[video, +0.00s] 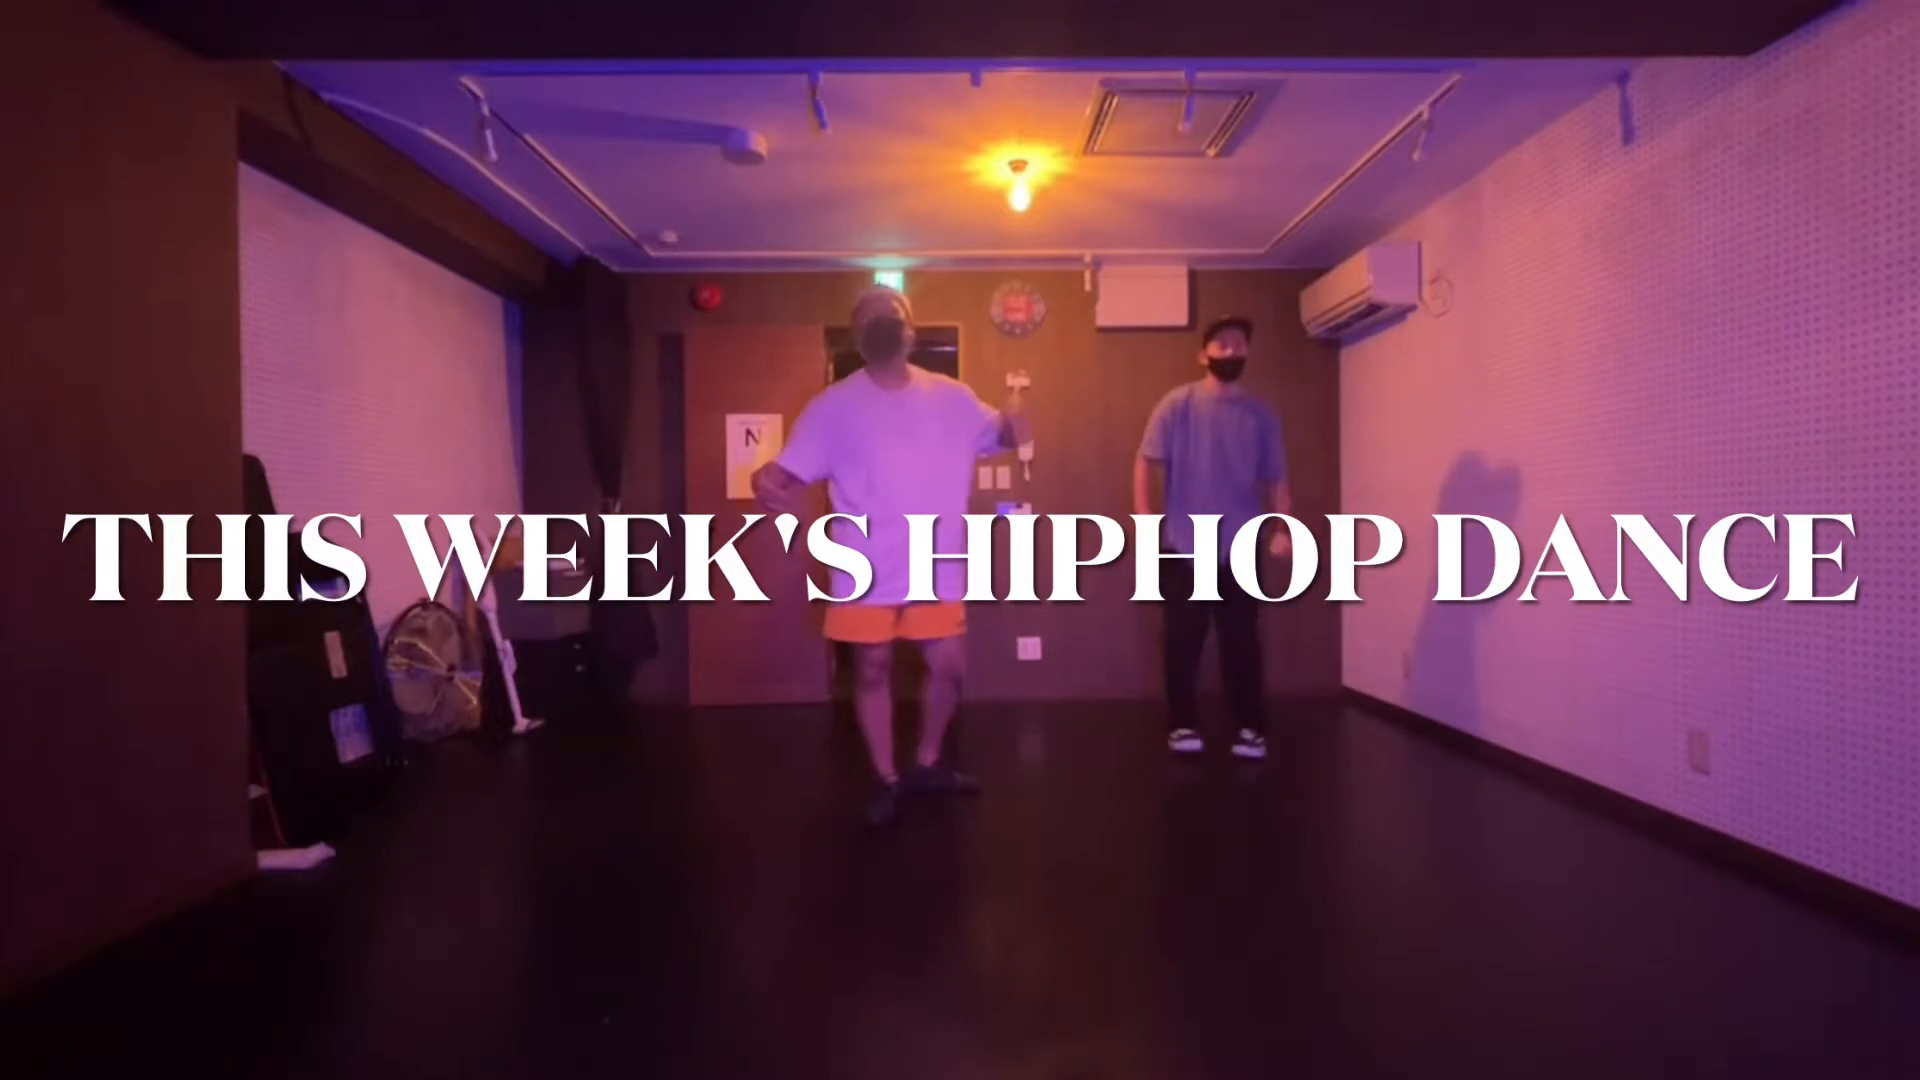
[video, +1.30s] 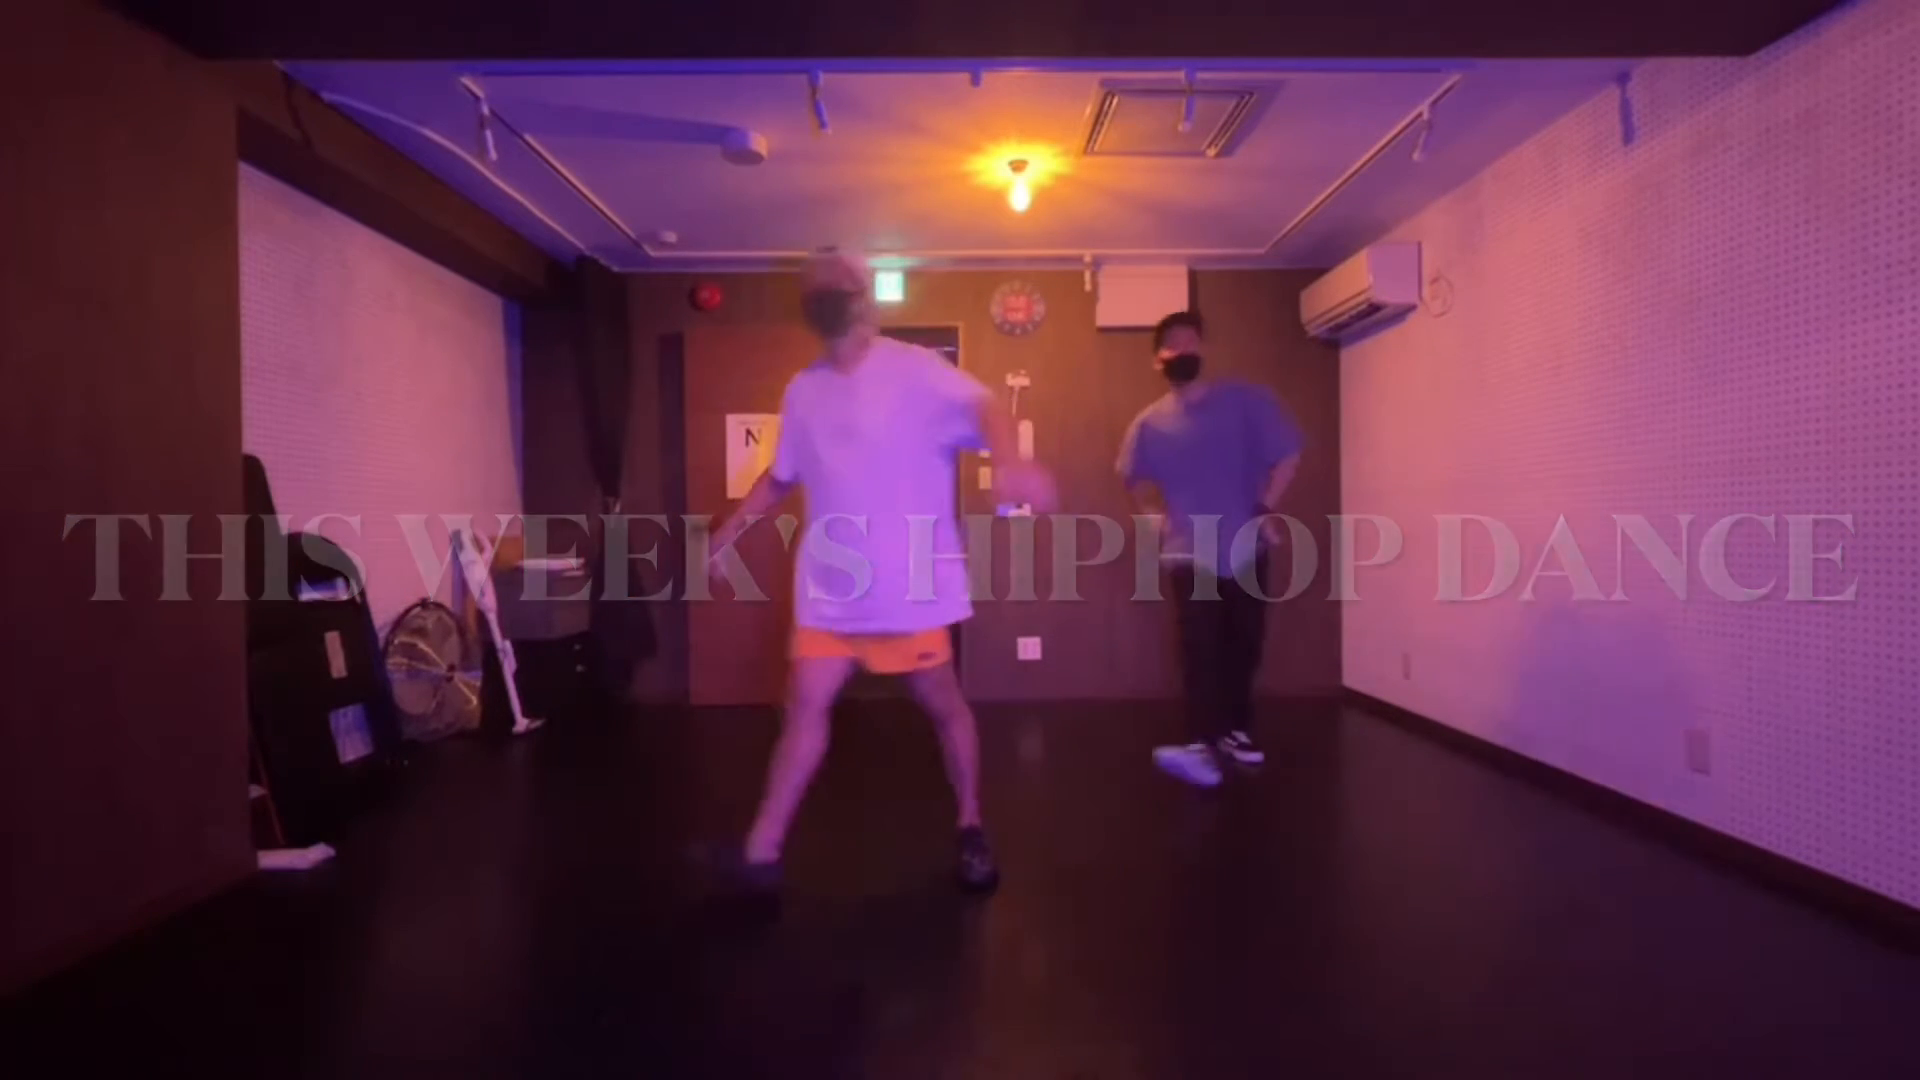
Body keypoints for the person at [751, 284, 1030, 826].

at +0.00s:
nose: (884, 328)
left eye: (893, 320)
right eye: (872, 322)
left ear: (912, 332)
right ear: (856, 338)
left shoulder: (950, 397)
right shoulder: (834, 407)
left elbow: (1013, 438)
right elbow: (779, 479)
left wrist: (1015, 405)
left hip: (939, 566)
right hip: (865, 569)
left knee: (947, 666)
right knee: (873, 669)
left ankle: (929, 764)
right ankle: (886, 781)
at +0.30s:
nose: (879, 324)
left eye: (889, 316)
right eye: (867, 316)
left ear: (906, 327)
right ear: (850, 330)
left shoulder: (937, 392)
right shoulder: (823, 399)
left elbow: (958, 474)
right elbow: (801, 483)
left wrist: (977, 480)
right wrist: (819, 476)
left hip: (932, 564)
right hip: (858, 569)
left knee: (953, 672)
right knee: (870, 675)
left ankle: (945, 776)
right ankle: (886, 783)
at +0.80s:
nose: (927, 309)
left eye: (937, 301)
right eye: (917, 299)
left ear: (951, 317)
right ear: (895, 310)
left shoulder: (973, 395)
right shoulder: (851, 382)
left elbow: (990, 493)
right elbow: (831, 479)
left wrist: (980, 562)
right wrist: (834, 557)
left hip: (948, 572)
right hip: (868, 570)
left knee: (958, 691)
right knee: (876, 690)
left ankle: (973, 826)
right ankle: (887, 785)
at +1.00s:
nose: (915, 302)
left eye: (929, 292)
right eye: (905, 291)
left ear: (951, 307)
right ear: (888, 302)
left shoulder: (978, 387)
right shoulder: (848, 378)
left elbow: (1032, 476)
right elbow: (803, 458)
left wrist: (1065, 549)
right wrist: (762, 525)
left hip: (946, 573)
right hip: (860, 569)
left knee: (959, 693)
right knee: (853, 692)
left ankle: (973, 826)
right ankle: (900, 764)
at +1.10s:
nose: (901, 292)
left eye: (913, 281)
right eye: (887, 283)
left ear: (935, 295)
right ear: (870, 299)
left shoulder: (970, 376)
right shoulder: (843, 375)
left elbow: (1032, 457)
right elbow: (799, 461)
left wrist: (1077, 516)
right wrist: (748, 515)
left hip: (941, 566)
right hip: (856, 562)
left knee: (956, 690)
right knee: (827, 682)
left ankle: (972, 827)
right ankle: (886, 785)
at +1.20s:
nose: (857, 297)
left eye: (869, 286)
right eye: (847, 288)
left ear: (894, 296)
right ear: (836, 303)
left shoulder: (944, 371)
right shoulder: (825, 383)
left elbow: (1019, 423)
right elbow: (789, 470)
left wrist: (1051, 467)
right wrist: (732, 516)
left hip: (927, 574)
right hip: (841, 573)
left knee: (953, 700)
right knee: (812, 691)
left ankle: (972, 830)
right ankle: (807, 844)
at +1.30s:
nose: (845, 341)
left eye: (850, 326)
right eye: (833, 329)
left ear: (866, 315)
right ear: (820, 326)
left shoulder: (918, 370)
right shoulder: (806, 391)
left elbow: (990, 406)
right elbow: (781, 476)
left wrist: (1007, 468)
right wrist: (728, 532)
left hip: (913, 580)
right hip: (830, 584)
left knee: (942, 701)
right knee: (806, 707)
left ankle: (971, 829)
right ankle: (761, 855)